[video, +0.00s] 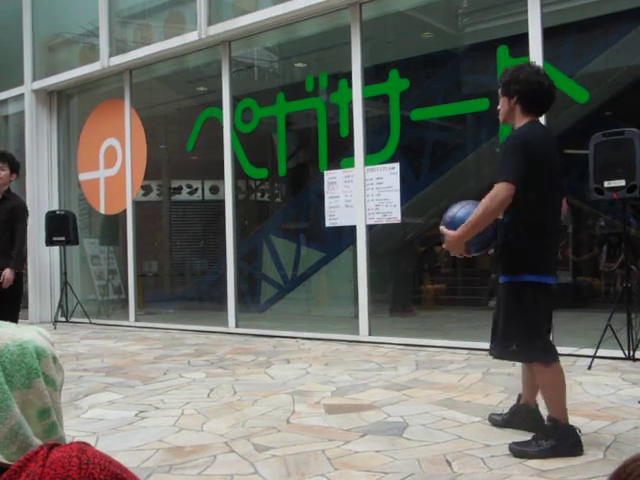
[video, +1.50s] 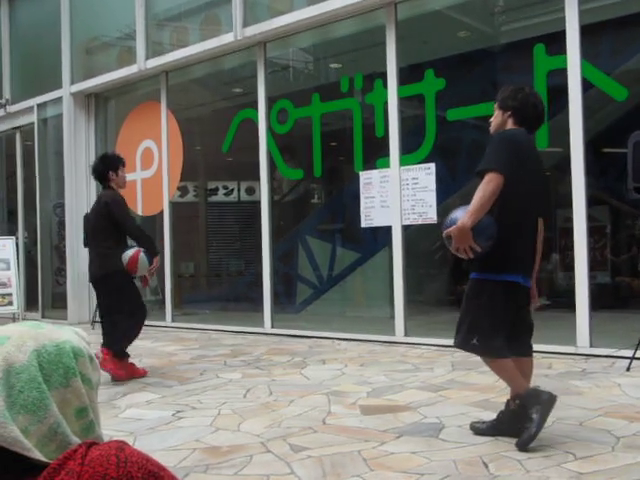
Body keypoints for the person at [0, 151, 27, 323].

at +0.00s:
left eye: (3, 169)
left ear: (12, 175)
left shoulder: (16, 204)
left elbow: (19, 241)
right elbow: (20, 241)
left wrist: (12, 268)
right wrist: (10, 268)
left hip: (7, 273)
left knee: (7, 324)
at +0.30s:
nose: (3, 169)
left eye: (8, 166)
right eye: (1, 165)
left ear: (17, 173)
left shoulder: (23, 203)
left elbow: (25, 238)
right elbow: (25, 239)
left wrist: (15, 264)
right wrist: (12, 265)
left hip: (10, 275)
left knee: (10, 324)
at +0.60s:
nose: (18, 169)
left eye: (21, 165)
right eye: (13, 165)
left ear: (27, 168)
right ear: (4, 171)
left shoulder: (37, 200)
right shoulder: (3, 199)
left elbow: (46, 233)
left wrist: (49, 265)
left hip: (30, 269)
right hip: (5, 269)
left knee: (26, 322)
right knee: (7, 321)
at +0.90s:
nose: (59, 172)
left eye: (60, 168)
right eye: (54, 168)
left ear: (61, 171)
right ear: (39, 172)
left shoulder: (59, 203)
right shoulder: (30, 200)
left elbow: (66, 237)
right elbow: (19, 230)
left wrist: (77, 262)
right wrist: (24, 258)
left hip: (53, 273)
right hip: (31, 274)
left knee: (69, 320)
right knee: (30, 324)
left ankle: (65, 367)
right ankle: (31, 369)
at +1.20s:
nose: (107, 179)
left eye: (107, 175)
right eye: (103, 174)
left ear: (92, 177)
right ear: (89, 176)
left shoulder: (89, 201)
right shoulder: (85, 201)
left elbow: (95, 239)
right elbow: (93, 233)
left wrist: (102, 277)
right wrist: (108, 257)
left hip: (75, 273)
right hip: (81, 274)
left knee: (63, 323)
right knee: (97, 320)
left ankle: (49, 365)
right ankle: (112, 364)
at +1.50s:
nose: (125, 177)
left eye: (124, 172)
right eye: (122, 172)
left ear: (107, 177)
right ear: (112, 176)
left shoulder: (97, 205)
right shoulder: (113, 199)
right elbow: (131, 228)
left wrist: (121, 258)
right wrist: (153, 251)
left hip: (99, 270)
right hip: (113, 269)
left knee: (111, 313)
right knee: (137, 310)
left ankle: (120, 363)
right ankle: (111, 353)